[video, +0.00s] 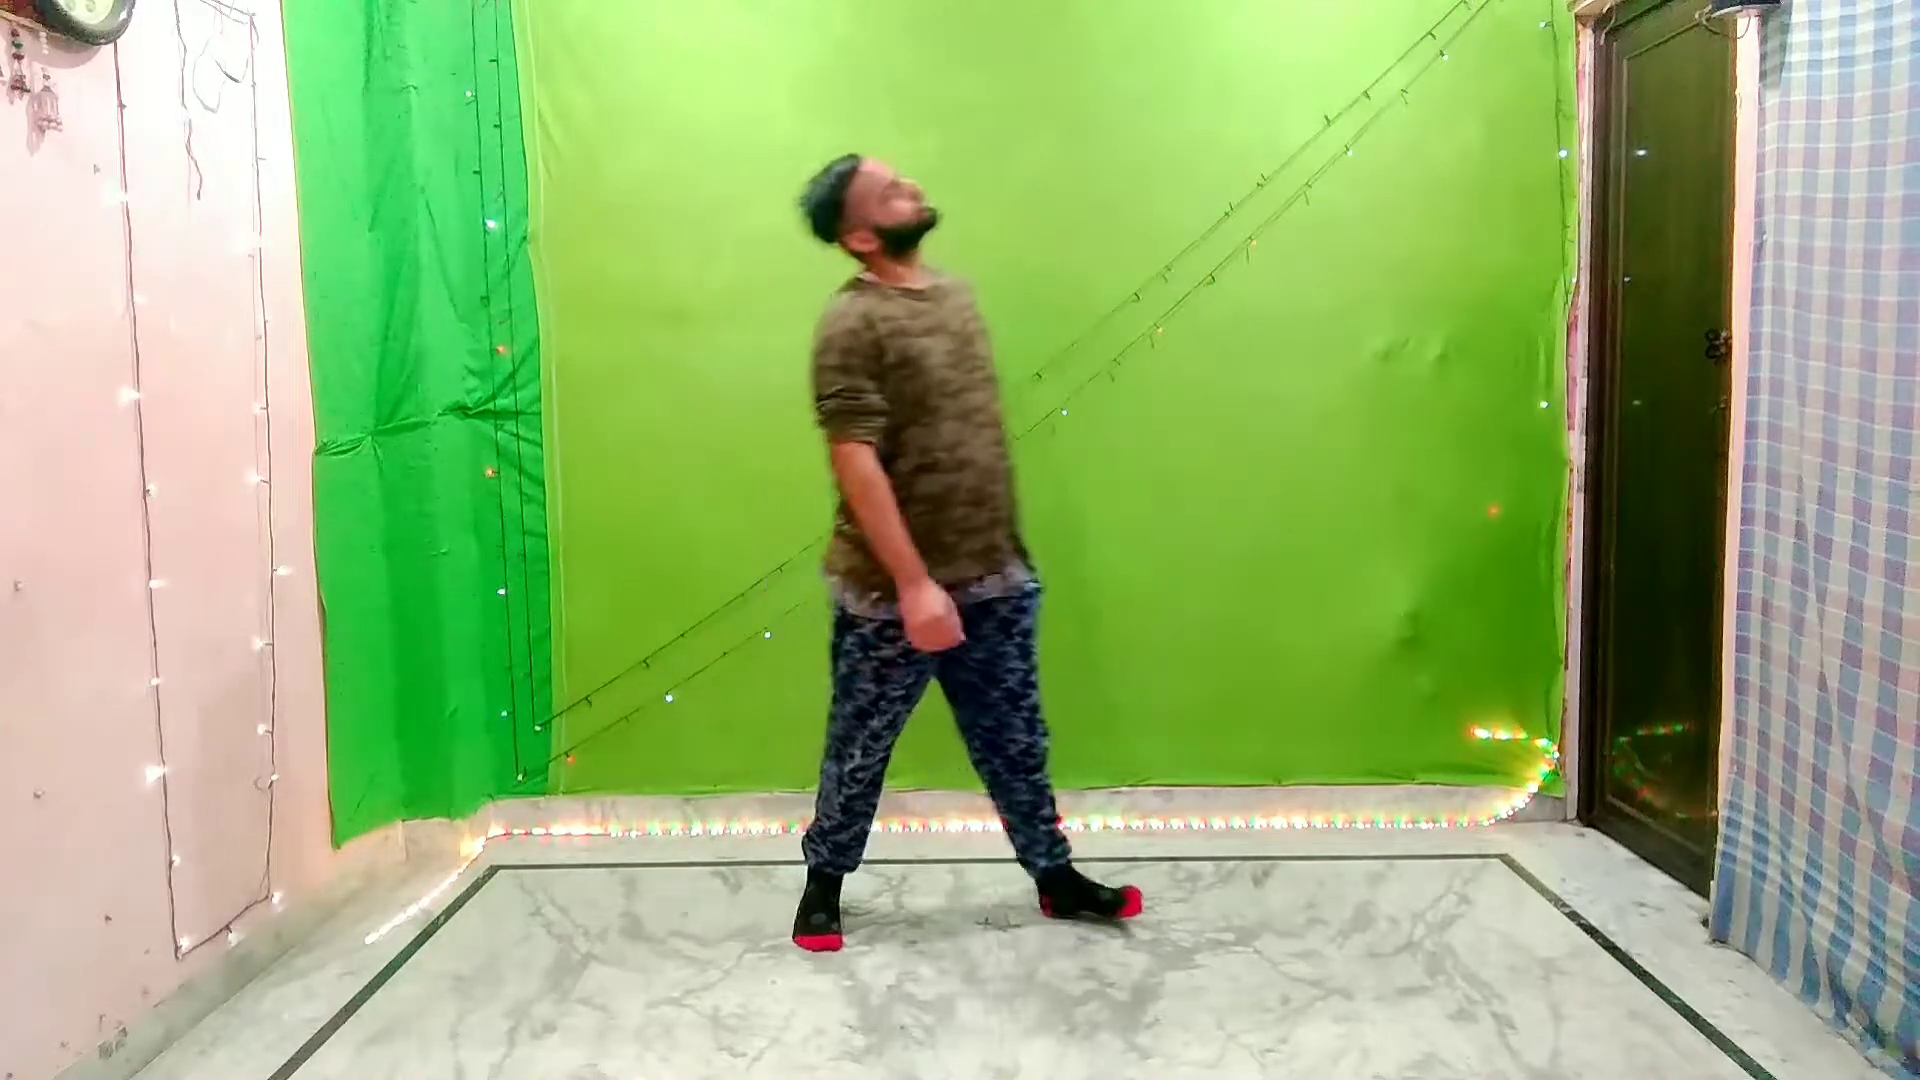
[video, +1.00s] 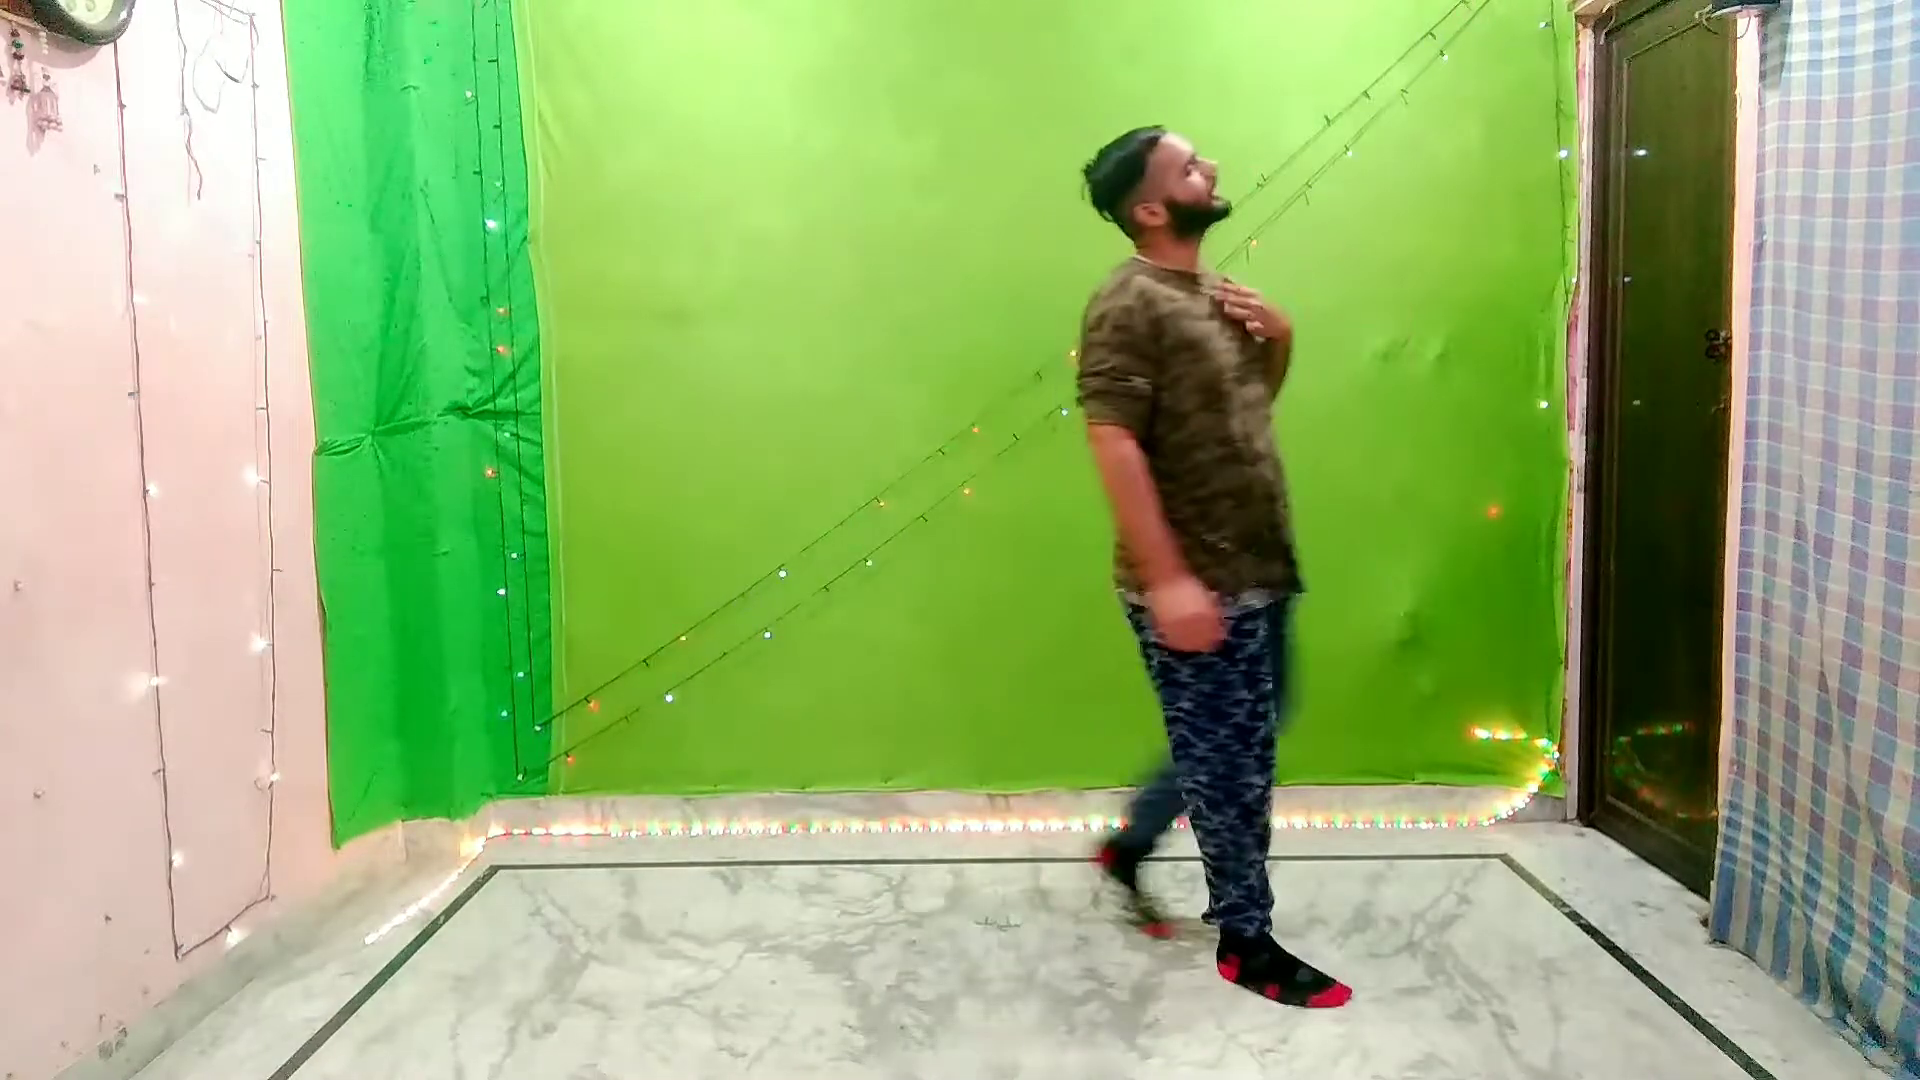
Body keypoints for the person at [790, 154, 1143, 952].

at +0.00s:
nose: (908, 185)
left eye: (899, 176)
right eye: (886, 188)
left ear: (903, 210)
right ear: (857, 235)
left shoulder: (955, 297)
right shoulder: (852, 327)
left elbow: (971, 434)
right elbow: (855, 464)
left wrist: (998, 551)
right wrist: (913, 583)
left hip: (989, 573)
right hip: (890, 589)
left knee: (1015, 741)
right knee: (859, 750)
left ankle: (1057, 879)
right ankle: (822, 890)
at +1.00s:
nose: (1208, 171)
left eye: (1199, 161)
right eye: (1189, 166)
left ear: (1172, 200)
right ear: (1147, 204)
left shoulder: (1213, 294)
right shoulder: (1126, 305)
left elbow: (1243, 408)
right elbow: (1112, 443)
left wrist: (1278, 341)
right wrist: (1166, 578)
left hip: (1259, 571)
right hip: (1194, 583)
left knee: (1246, 736)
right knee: (1226, 766)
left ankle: (1129, 841)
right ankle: (1246, 941)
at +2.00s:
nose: (1430, 148)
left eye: (1415, 137)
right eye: (1408, 144)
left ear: (1382, 195)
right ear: (1377, 191)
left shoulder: (1423, 288)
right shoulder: (1369, 291)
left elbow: (1517, 334)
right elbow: (1523, 329)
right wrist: (1581, 178)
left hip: (1463, 566)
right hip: (1382, 571)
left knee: (1487, 745)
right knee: (1393, 750)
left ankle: (1447, 918)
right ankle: (1275, 912)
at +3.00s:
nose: (1241, 139)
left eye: (1229, 128)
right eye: (1221, 133)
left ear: (1182, 174)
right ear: (1184, 171)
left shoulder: (1201, 255)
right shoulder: (1190, 258)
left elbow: (1325, 244)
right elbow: (1330, 244)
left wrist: (1348, 123)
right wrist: (1350, 109)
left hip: (1228, 553)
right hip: (1207, 562)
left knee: (1224, 719)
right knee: (1262, 741)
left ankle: (1139, 875)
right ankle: (1247, 927)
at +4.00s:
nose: (850, 235)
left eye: (840, 223)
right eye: (827, 235)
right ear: (791, 281)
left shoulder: (905, 337)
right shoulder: (781, 363)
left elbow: (1012, 366)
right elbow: (852, 398)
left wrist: (1054, 308)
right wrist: (952, 294)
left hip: (933, 612)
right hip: (820, 626)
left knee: (1035, 727)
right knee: (766, 791)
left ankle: (1022, 905)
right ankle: (697, 924)